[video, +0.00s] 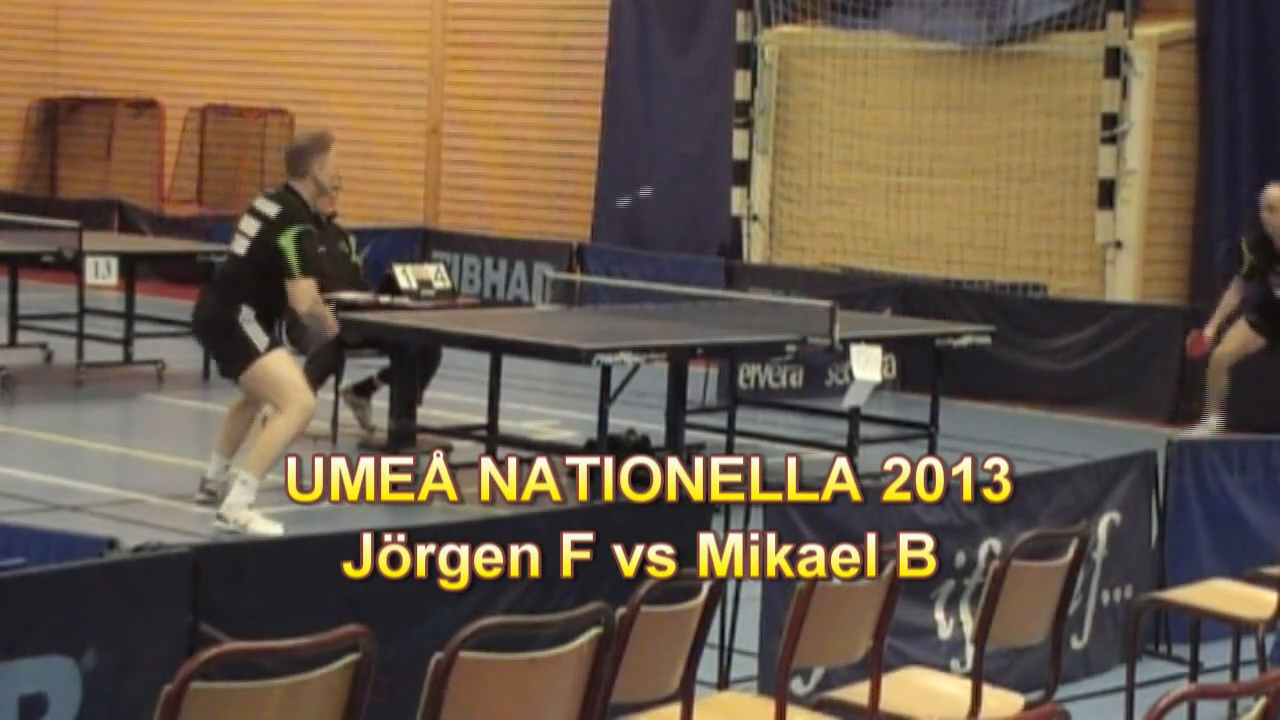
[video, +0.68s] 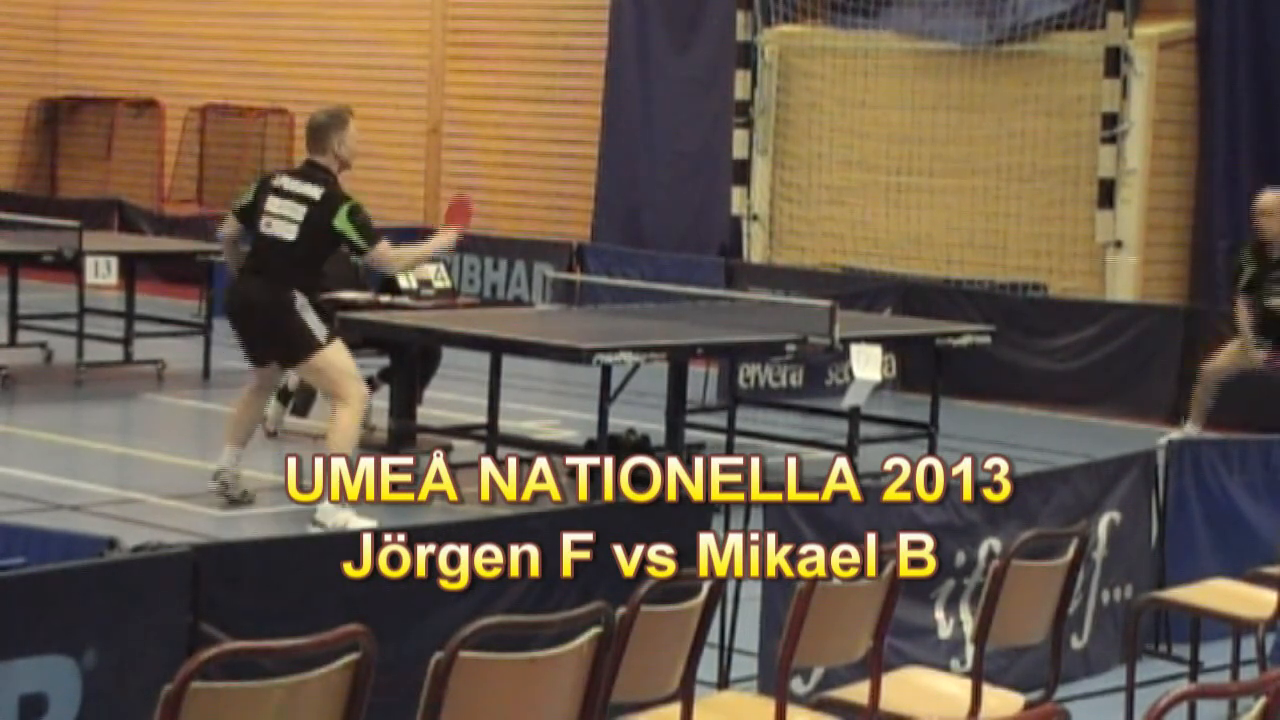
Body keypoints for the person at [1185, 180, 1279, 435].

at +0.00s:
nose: (1267, 216)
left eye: (1272, 209)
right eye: (1265, 209)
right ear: (1261, 212)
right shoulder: (1258, 246)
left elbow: (1238, 288)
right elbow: (1237, 288)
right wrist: (1211, 326)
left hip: (1270, 315)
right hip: (1268, 314)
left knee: (1222, 355)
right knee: (1221, 355)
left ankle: (1213, 420)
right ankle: (1213, 420)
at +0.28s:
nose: (1234, 192)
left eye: (1240, 185)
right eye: (1231, 185)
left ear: (1260, 187)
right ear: (1229, 188)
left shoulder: (1276, 219)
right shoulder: (1234, 222)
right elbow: (1219, 268)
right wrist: (1190, 303)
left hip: (1276, 305)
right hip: (1257, 304)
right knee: (1214, 354)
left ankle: (1229, 417)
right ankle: (1229, 417)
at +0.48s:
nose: (1219, 220)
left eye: (1225, 212)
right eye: (1216, 213)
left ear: (1245, 213)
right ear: (1212, 215)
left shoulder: (1269, 245)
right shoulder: (1215, 249)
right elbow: (1208, 296)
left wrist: (1275, 313)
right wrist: (1193, 336)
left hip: (1271, 322)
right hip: (1242, 322)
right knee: (1193, 354)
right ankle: (1189, 429)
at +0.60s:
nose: (1237, 227)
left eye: (1245, 220)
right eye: (1234, 220)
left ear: (1265, 222)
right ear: (1230, 223)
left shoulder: (1274, 259)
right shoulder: (1231, 258)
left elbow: (1275, 311)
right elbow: (1224, 305)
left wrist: (1263, 309)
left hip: (1273, 338)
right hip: (1247, 337)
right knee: (1195, 363)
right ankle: (1190, 428)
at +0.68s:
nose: (1260, 222)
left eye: (1267, 215)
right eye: (1258, 215)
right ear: (1254, 218)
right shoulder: (1255, 254)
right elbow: (1243, 300)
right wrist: (1252, 346)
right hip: (1262, 339)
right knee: (1211, 372)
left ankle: (1193, 425)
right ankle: (1193, 426)